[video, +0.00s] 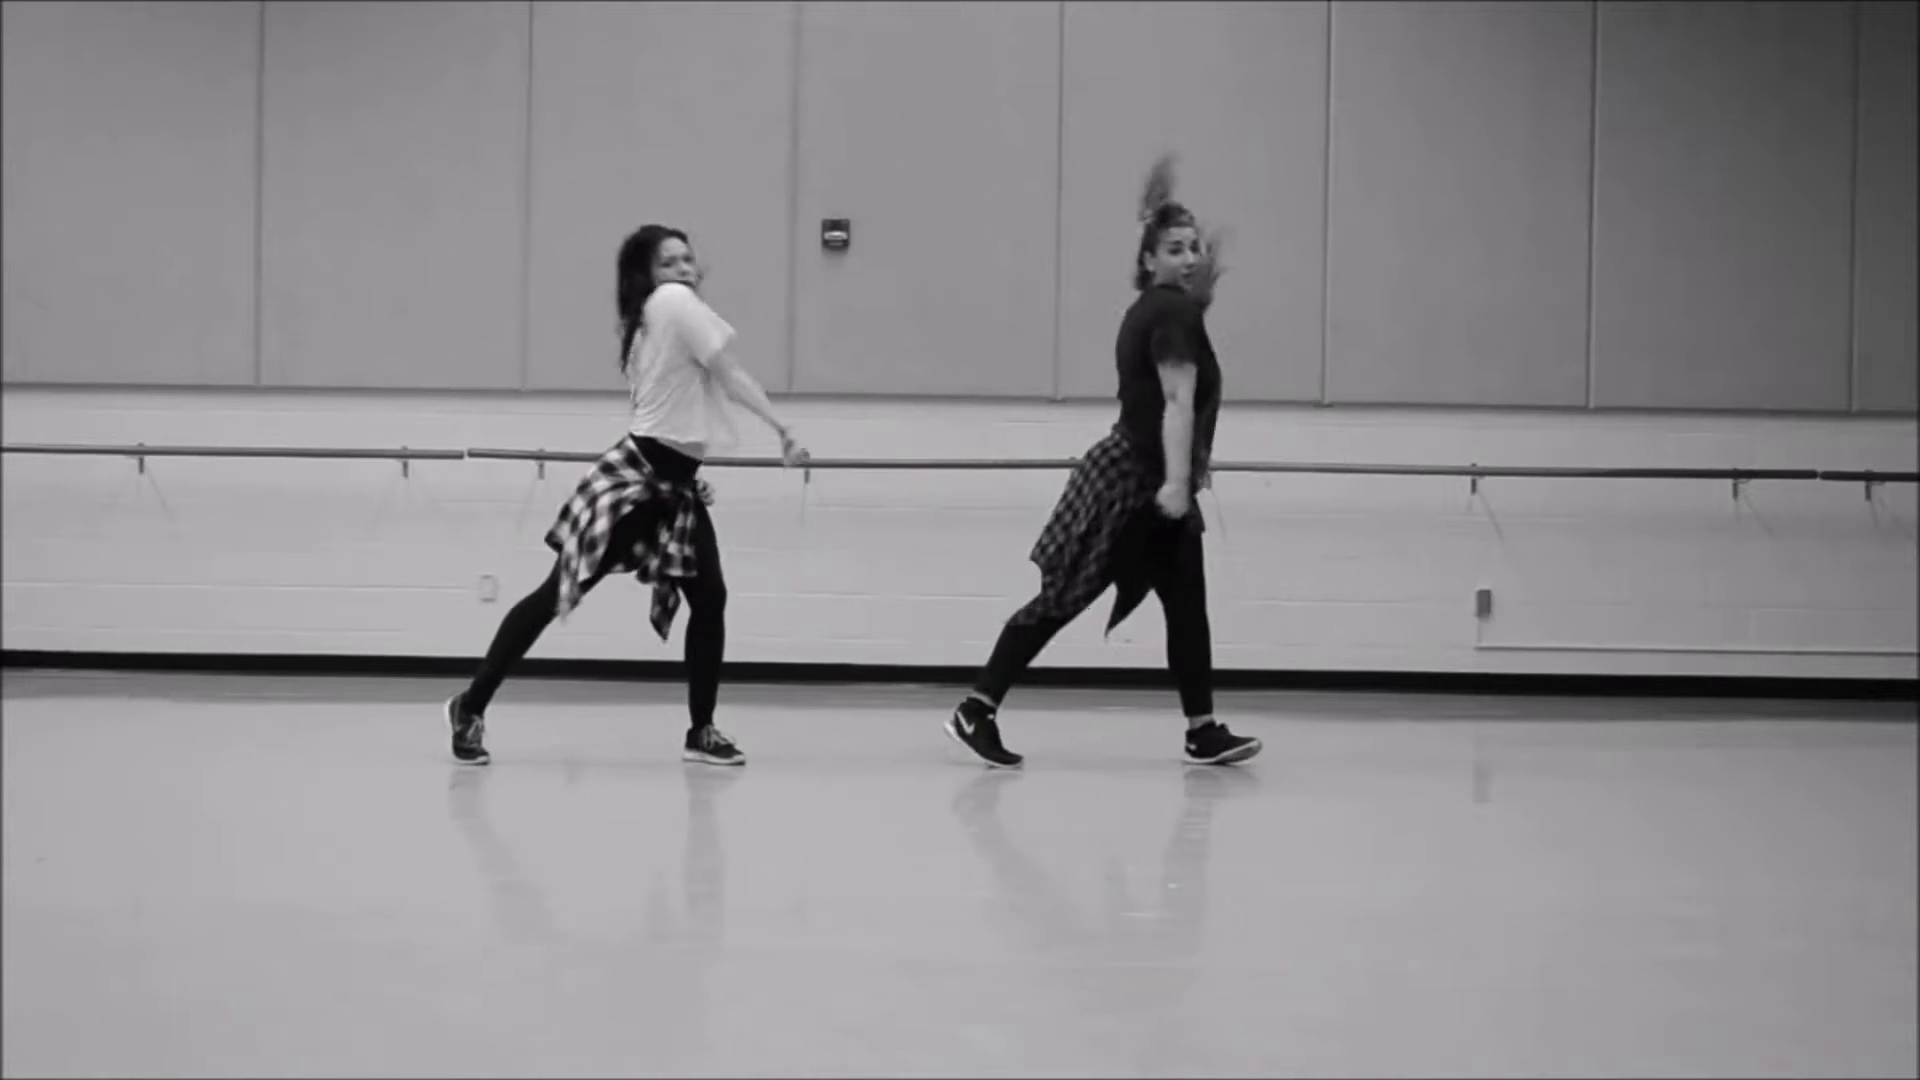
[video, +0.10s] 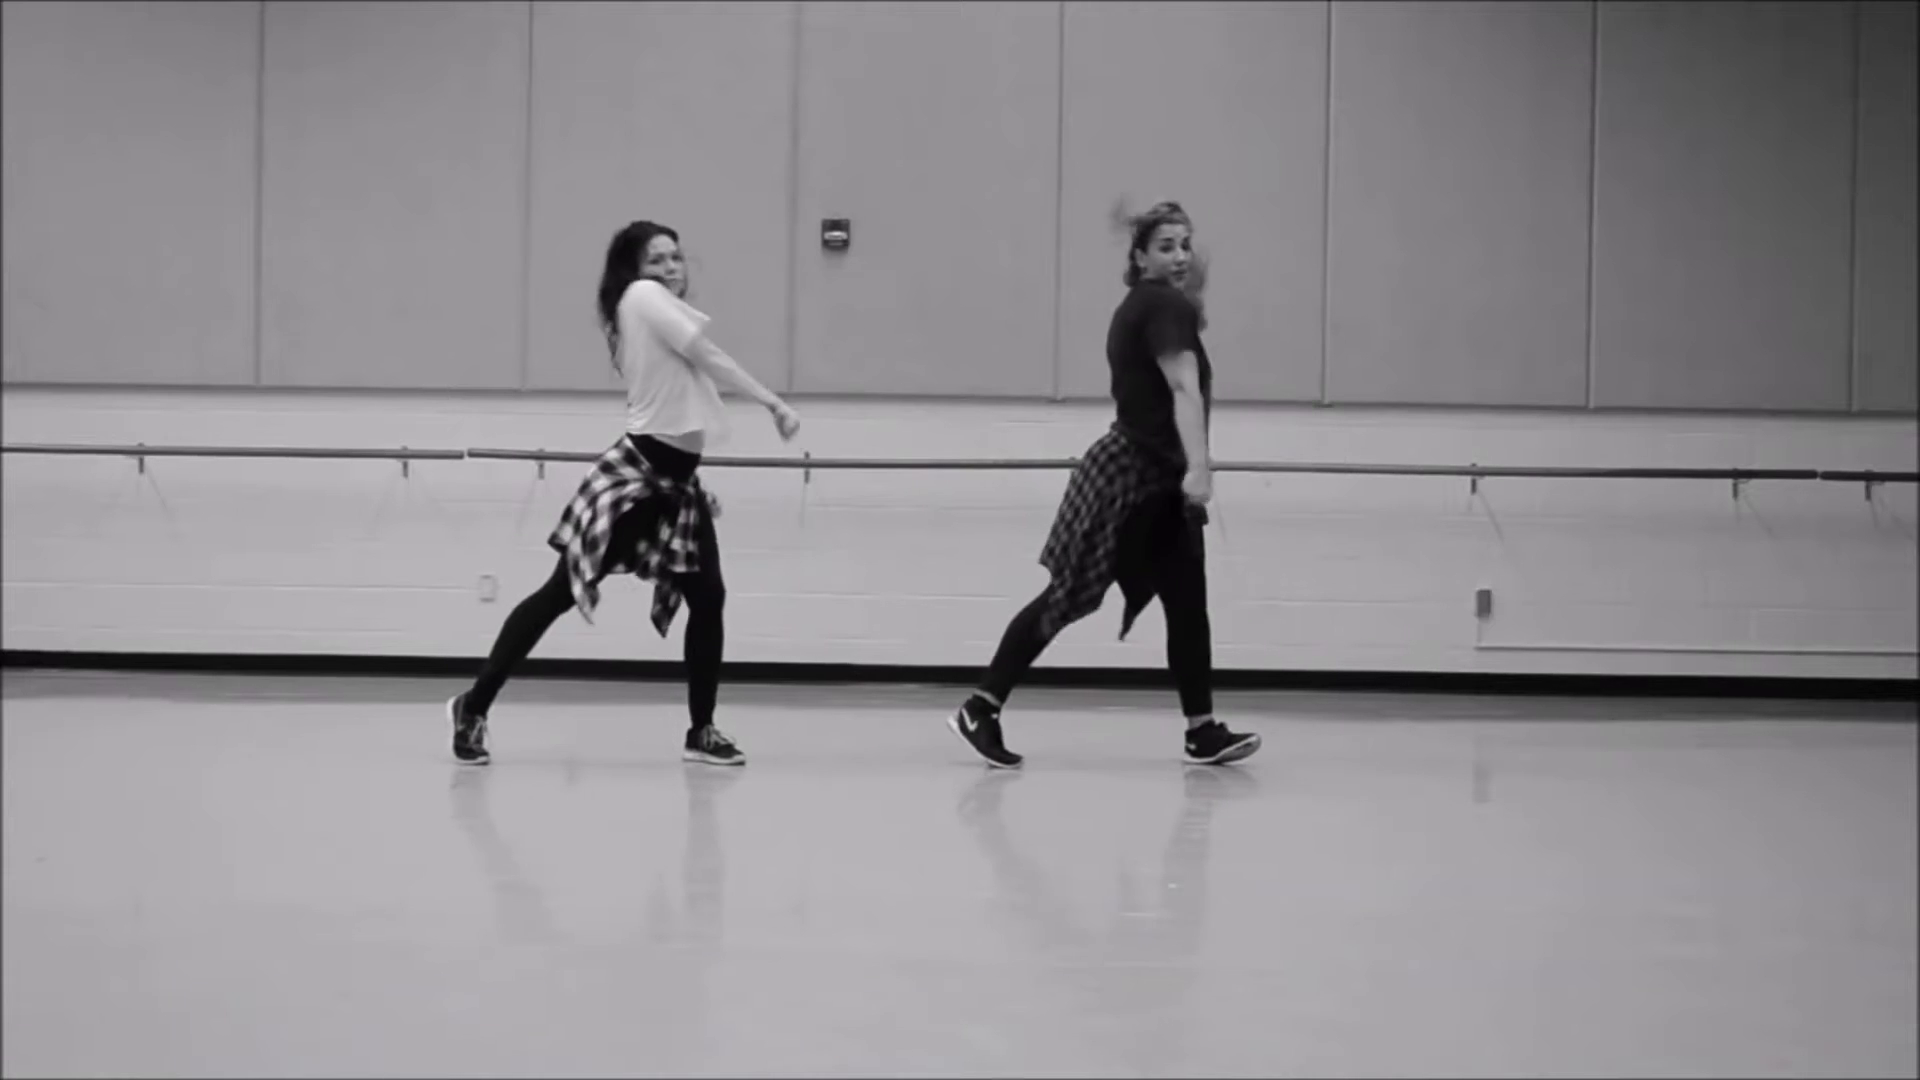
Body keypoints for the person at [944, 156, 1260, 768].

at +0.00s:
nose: (1191, 256)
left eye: (1194, 247)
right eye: (1177, 248)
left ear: (1194, 256)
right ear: (1153, 259)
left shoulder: (1158, 310)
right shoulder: (1170, 312)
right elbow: (1177, 400)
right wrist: (1177, 480)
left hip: (1160, 483)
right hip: (1136, 481)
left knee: (1187, 610)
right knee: (1067, 594)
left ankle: (1202, 729)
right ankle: (978, 707)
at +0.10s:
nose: (1179, 255)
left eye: (1184, 246)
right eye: (1166, 247)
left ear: (1191, 252)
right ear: (1140, 255)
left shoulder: (1145, 307)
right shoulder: (1160, 306)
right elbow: (1183, 387)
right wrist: (1199, 466)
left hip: (1159, 478)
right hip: (1134, 475)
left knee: (1187, 607)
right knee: (1075, 593)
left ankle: (1202, 728)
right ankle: (983, 704)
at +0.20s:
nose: (1172, 254)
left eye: (1178, 245)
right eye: (1160, 246)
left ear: (1185, 252)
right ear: (1136, 254)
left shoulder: (1149, 304)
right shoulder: (1148, 303)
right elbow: (1185, 380)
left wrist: (1185, 458)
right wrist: (1212, 453)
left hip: (1161, 474)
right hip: (1137, 475)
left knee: (1188, 605)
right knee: (1080, 590)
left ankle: (1201, 729)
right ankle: (988, 703)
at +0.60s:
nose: (1161, 257)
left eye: (1168, 246)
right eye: (1147, 249)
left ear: (1176, 252)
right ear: (1124, 257)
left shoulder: (1168, 308)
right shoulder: (1118, 302)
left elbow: (1164, 394)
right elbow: (1139, 386)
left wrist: (1189, 448)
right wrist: (1192, 441)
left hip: (1156, 477)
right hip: (1102, 476)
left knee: (1175, 600)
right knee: (1067, 600)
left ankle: (1200, 728)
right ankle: (988, 703)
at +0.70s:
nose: (1155, 259)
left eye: (1162, 249)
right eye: (1143, 251)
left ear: (1172, 255)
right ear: (1122, 260)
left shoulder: (1165, 316)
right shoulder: (1105, 311)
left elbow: (1162, 407)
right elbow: (1083, 397)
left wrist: (1220, 420)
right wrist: (1118, 464)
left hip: (1150, 471)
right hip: (1087, 469)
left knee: (1174, 601)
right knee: (1051, 606)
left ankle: (1201, 729)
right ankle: (987, 720)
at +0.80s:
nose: (1143, 260)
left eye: (1151, 249)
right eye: (1130, 250)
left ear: (1161, 257)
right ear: (1108, 259)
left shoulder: (1155, 316)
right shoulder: (1075, 308)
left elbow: (1184, 386)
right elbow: (1013, 378)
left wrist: (1199, 375)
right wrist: (1042, 448)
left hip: (1143, 488)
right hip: (1068, 485)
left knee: (1181, 609)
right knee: (1028, 612)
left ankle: (1211, 725)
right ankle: (984, 723)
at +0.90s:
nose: (1125, 265)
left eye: (1132, 254)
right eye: (1112, 255)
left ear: (1142, 261)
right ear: (1089, 262)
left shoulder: (1152, 321)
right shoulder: (1048, 320)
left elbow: (1201, 379)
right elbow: (1008, 389)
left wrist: (1127, 361)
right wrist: (1027, 439)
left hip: (1134, 488)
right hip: (1055, 489)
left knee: (1184, 600)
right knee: (1027, 611)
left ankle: (1225, 715)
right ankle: (985, 723)